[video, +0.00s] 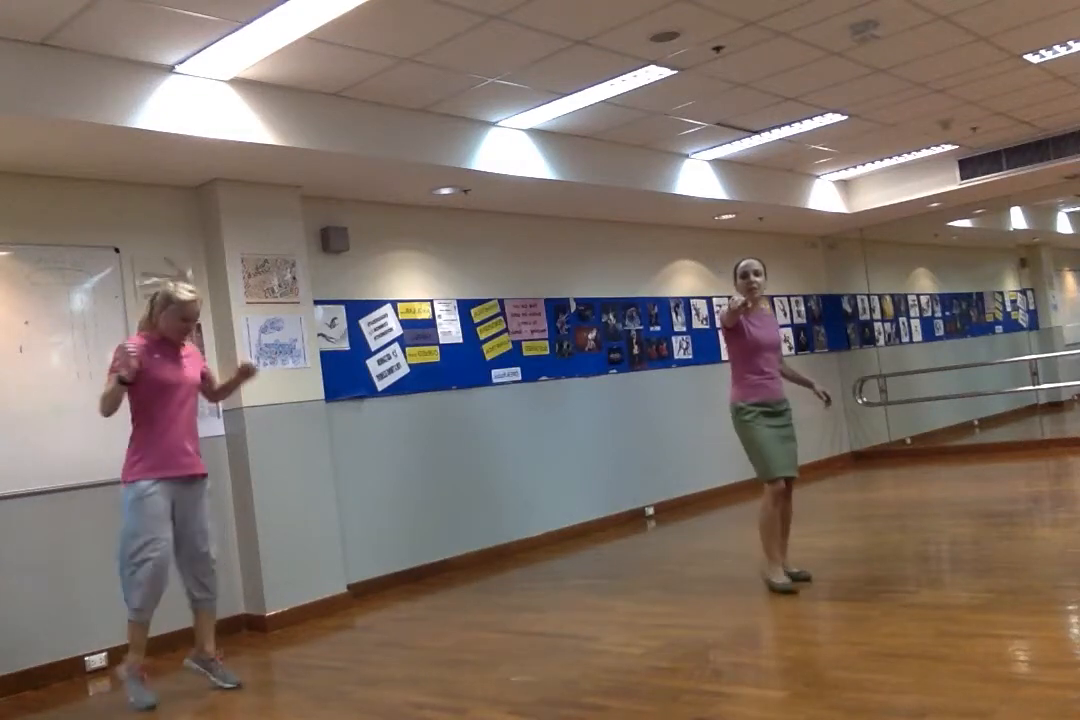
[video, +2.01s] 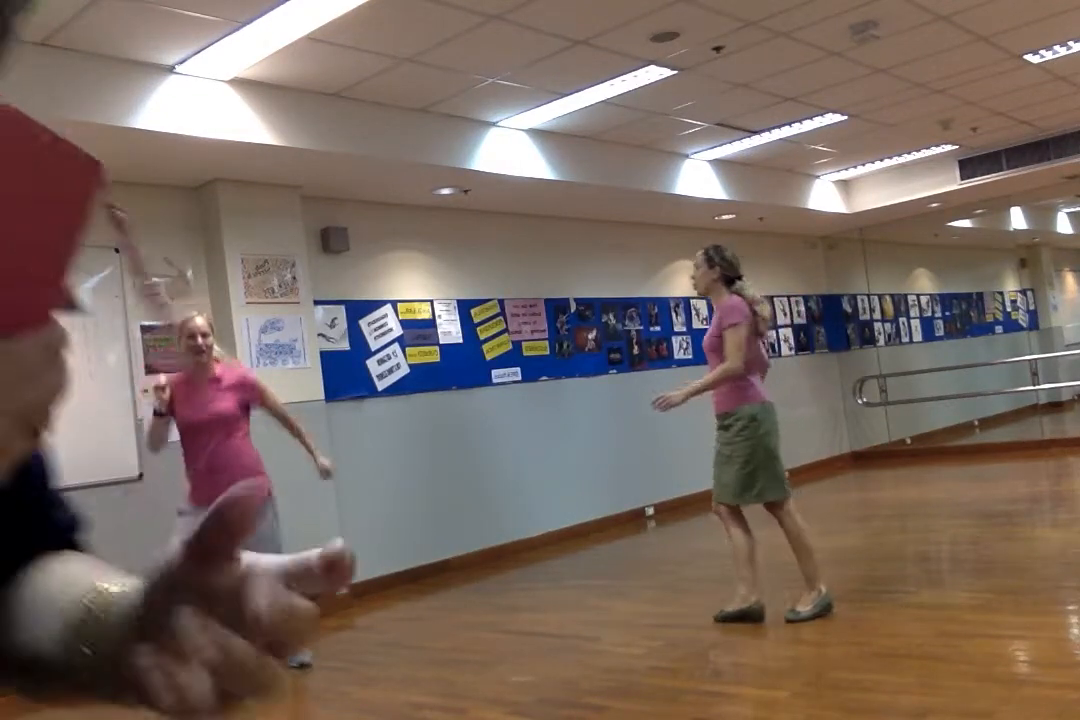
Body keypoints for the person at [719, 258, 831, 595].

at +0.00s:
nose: (751, 280)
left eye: (756, 274)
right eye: (744, 276)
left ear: (765, 280)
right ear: (736, 283)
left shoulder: (770, 315)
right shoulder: (732, 314)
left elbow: (779, 365)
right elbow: (727, 317)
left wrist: (812, 384)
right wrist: (738, 305)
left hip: (779, 405)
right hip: (749, 408)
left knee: (786, 485)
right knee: (775, 485)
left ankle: (783, 563)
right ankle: (772, 569)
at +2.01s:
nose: (692, 275)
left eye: (697, 268)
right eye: (693, 269)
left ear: (715, 272)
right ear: (717, 273)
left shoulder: (732, 307)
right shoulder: (727, 310)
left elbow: (735, 365)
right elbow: (761, 363)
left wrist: (686, 392)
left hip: (747, 417)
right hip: (739, 417)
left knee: (778, 505)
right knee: (726, 509)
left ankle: (816, 590)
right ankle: (749, 596)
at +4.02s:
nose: (713, 292)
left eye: (713, 287)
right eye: (707, 286)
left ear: (700, 294)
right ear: (687, 291)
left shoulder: (695, 328)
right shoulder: (676, 326)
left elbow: (692, 378)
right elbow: (663, 373)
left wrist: (708, 418)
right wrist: (701, 385)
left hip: (699, 419)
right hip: (685, 420)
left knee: (720, 494)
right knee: (703, 496)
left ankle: (701, 570)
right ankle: (697, 573)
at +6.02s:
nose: (820, 312)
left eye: (819, 306)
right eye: (815, 307)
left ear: (796, 311)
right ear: (798, 311)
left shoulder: (778, 340)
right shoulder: (781, 344)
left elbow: (765, 392)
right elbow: (776, 395)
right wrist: (814, 406)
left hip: (756, 420)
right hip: (761, 421)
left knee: (800, 487)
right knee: (815, 481)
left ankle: (759, 551)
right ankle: (829, 562)